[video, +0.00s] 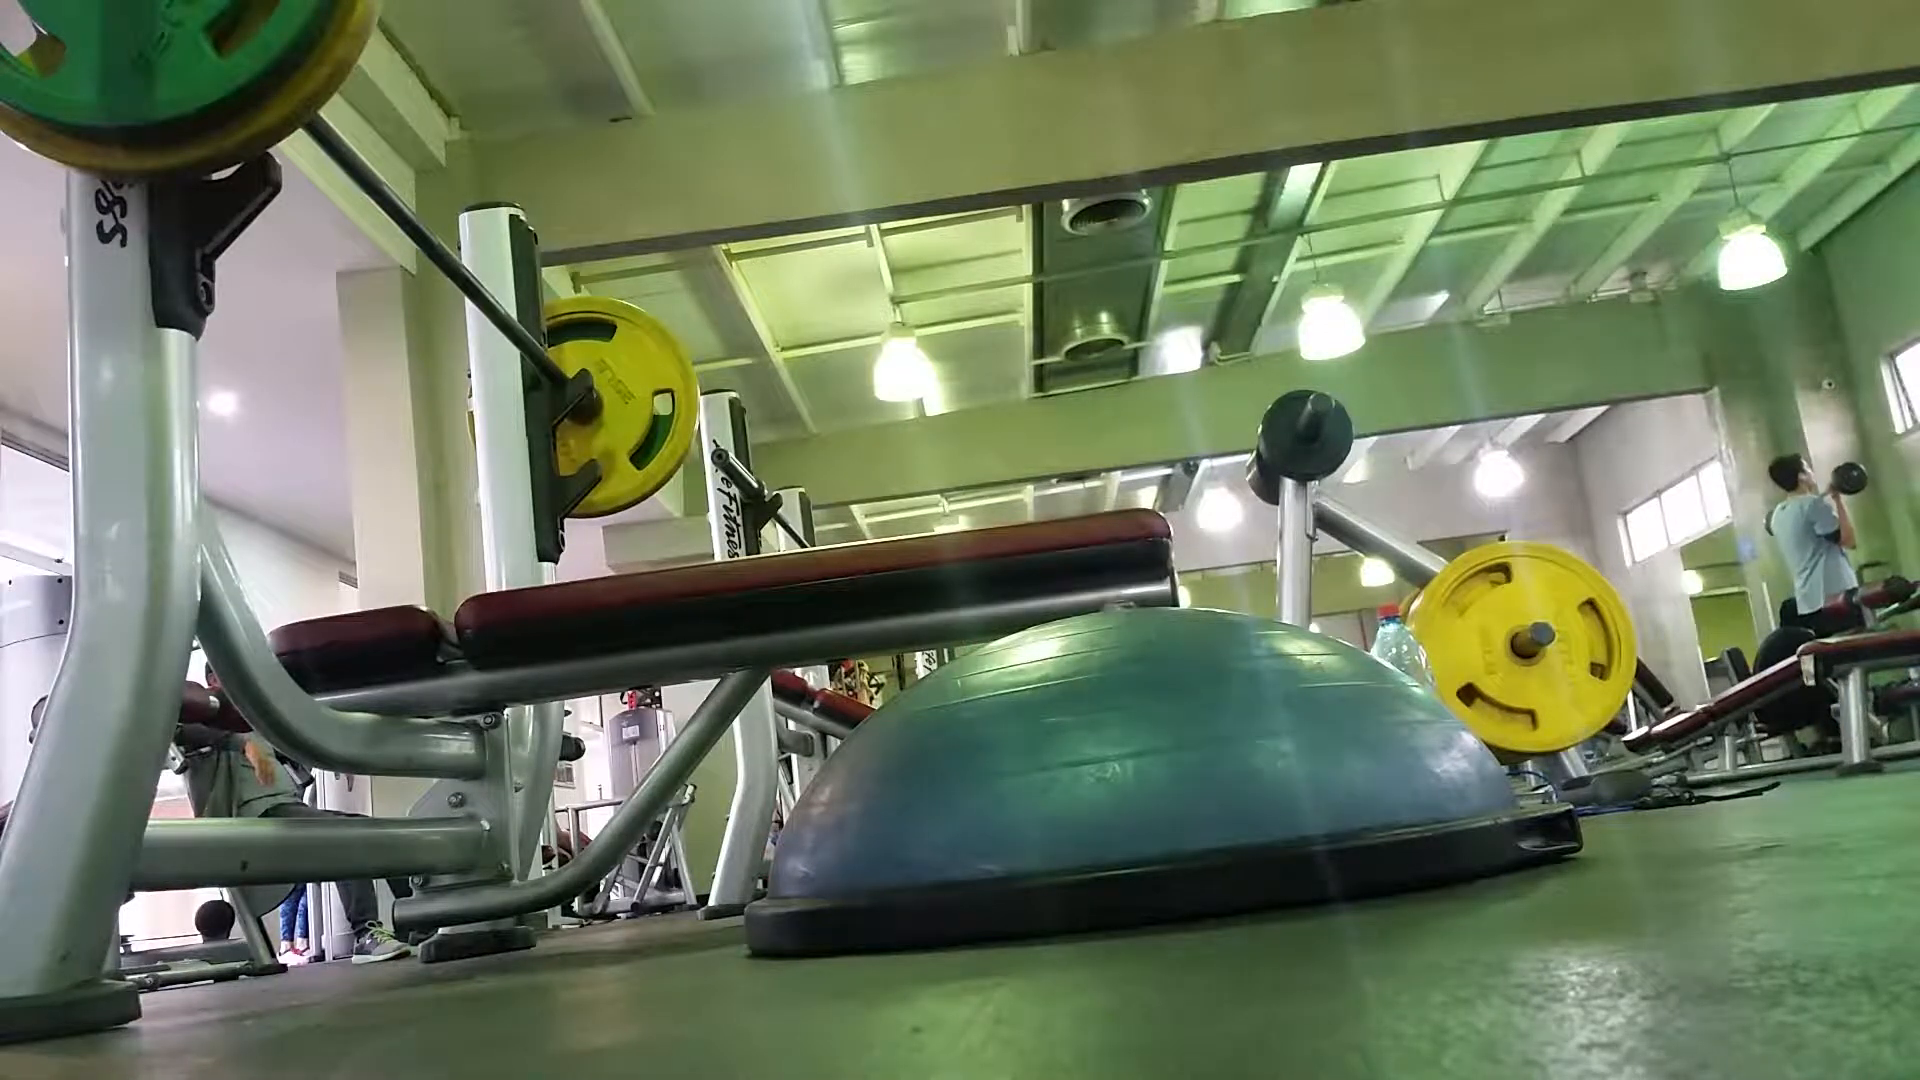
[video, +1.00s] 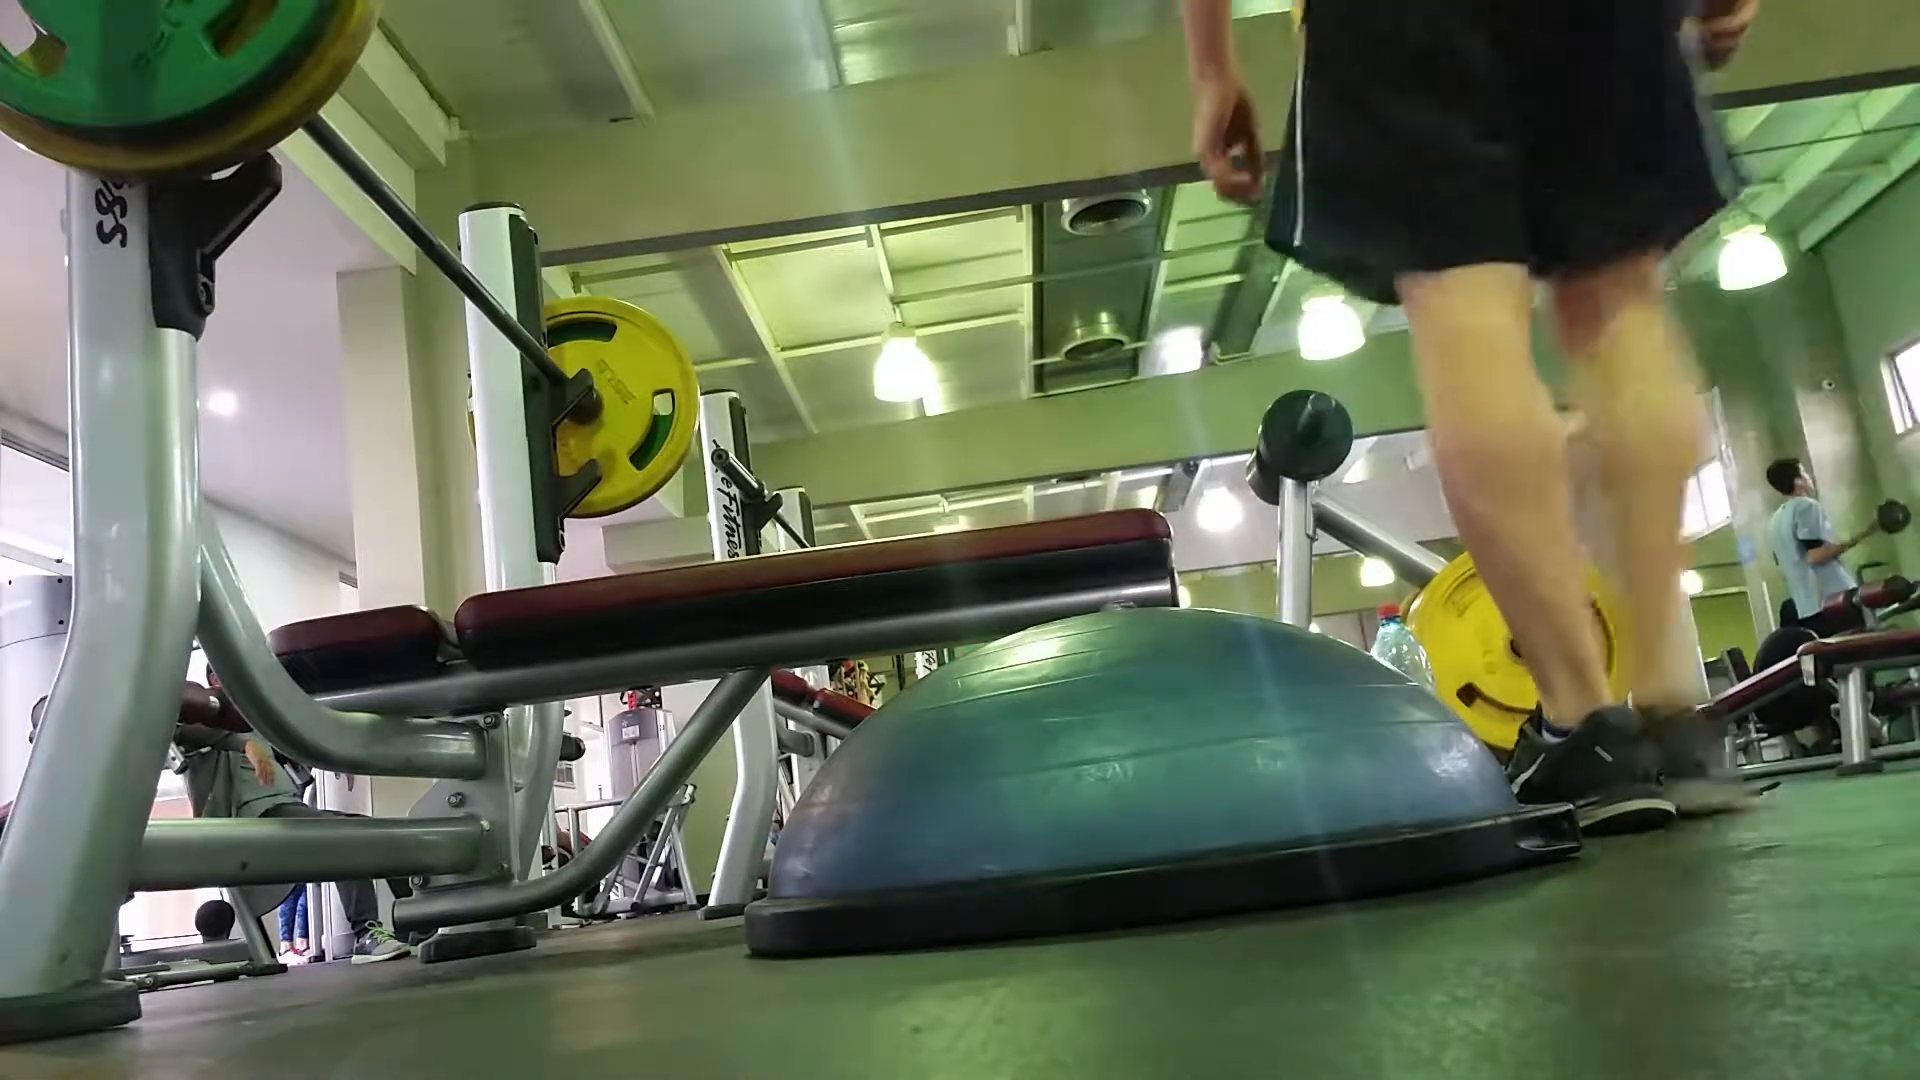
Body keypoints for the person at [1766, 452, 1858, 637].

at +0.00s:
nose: (1813, 472)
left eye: (1809, 467)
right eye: (1808, 468)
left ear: (1783, 483)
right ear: (1801, 476)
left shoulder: (1777, 515)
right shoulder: (1813, 505)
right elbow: (1848, 540)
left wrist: (1827, 494)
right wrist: (1838, 497)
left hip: (1807, 605)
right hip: (1836, 598)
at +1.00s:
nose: (1810, 477)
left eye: (1806, 472)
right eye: (1804, 473)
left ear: (1781, 488)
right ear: (1798, 481)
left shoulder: (1775, 520)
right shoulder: (1806, 506)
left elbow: (1781, 564)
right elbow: (1815, 555)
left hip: (1808, 610)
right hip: (1835, 602)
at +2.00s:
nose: (1816, 492)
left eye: (1816, 486)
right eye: (1815, 487)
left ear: (1787, 485)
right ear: (1808, 488)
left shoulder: (1773, 520)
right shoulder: (1807, 519)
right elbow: (1838, 558)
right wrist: (1856, 537)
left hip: (1815, 606)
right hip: (1840, 603)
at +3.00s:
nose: (1829, 475)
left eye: (1825, 470)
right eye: (1824, 472)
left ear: (1803, 486)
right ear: (1819, 478)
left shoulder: (1793, 517)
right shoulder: (1832, 504)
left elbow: (1783, 564)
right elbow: (1817, 544)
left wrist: (1814, 572)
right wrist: (1854, 563)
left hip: (1810, 605)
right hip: (1839, 600)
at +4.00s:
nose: (1825, 488)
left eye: (1825, 483)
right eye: (1821, 482)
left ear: (1801, 483)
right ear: (1801, 482)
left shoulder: (1774, 522)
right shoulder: (1812, 513)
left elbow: (1783, 564)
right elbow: (1836, 556)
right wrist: (1851, 516)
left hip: (1810, 610)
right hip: (1839, 605)